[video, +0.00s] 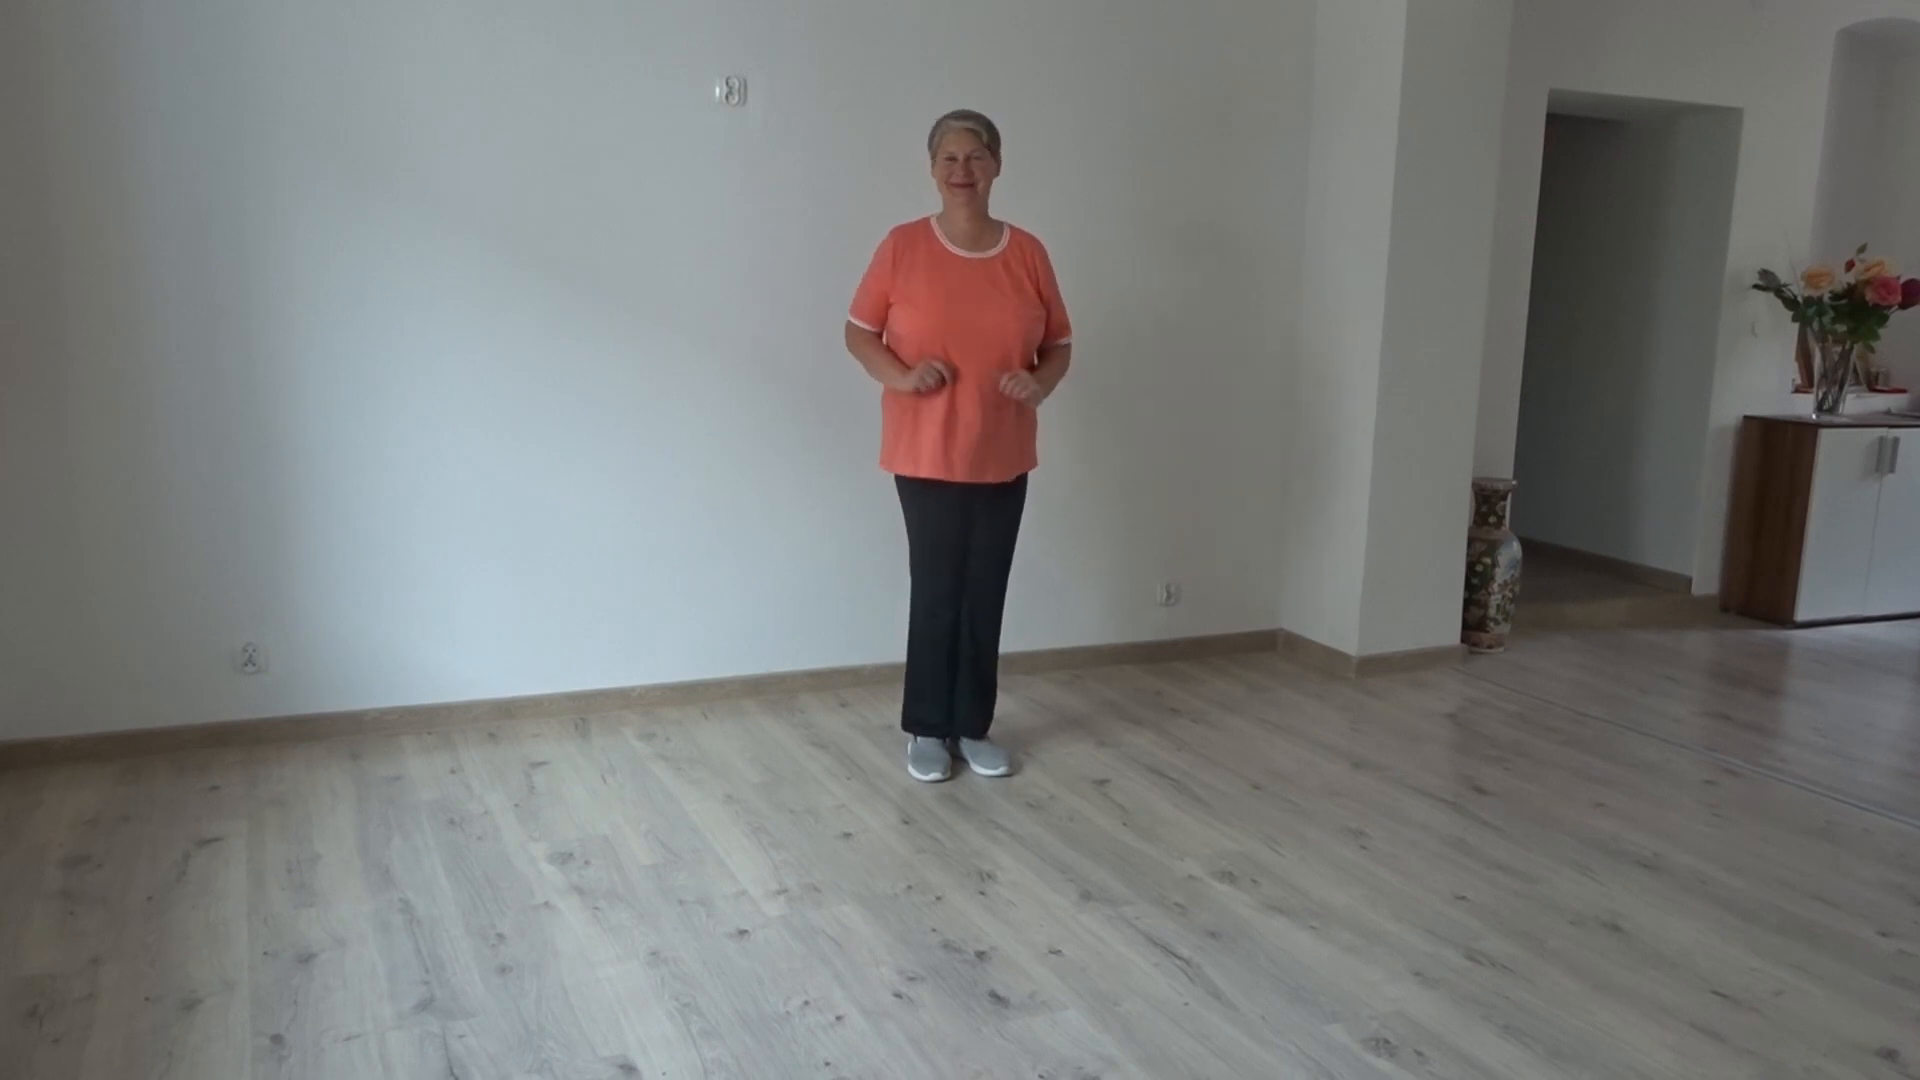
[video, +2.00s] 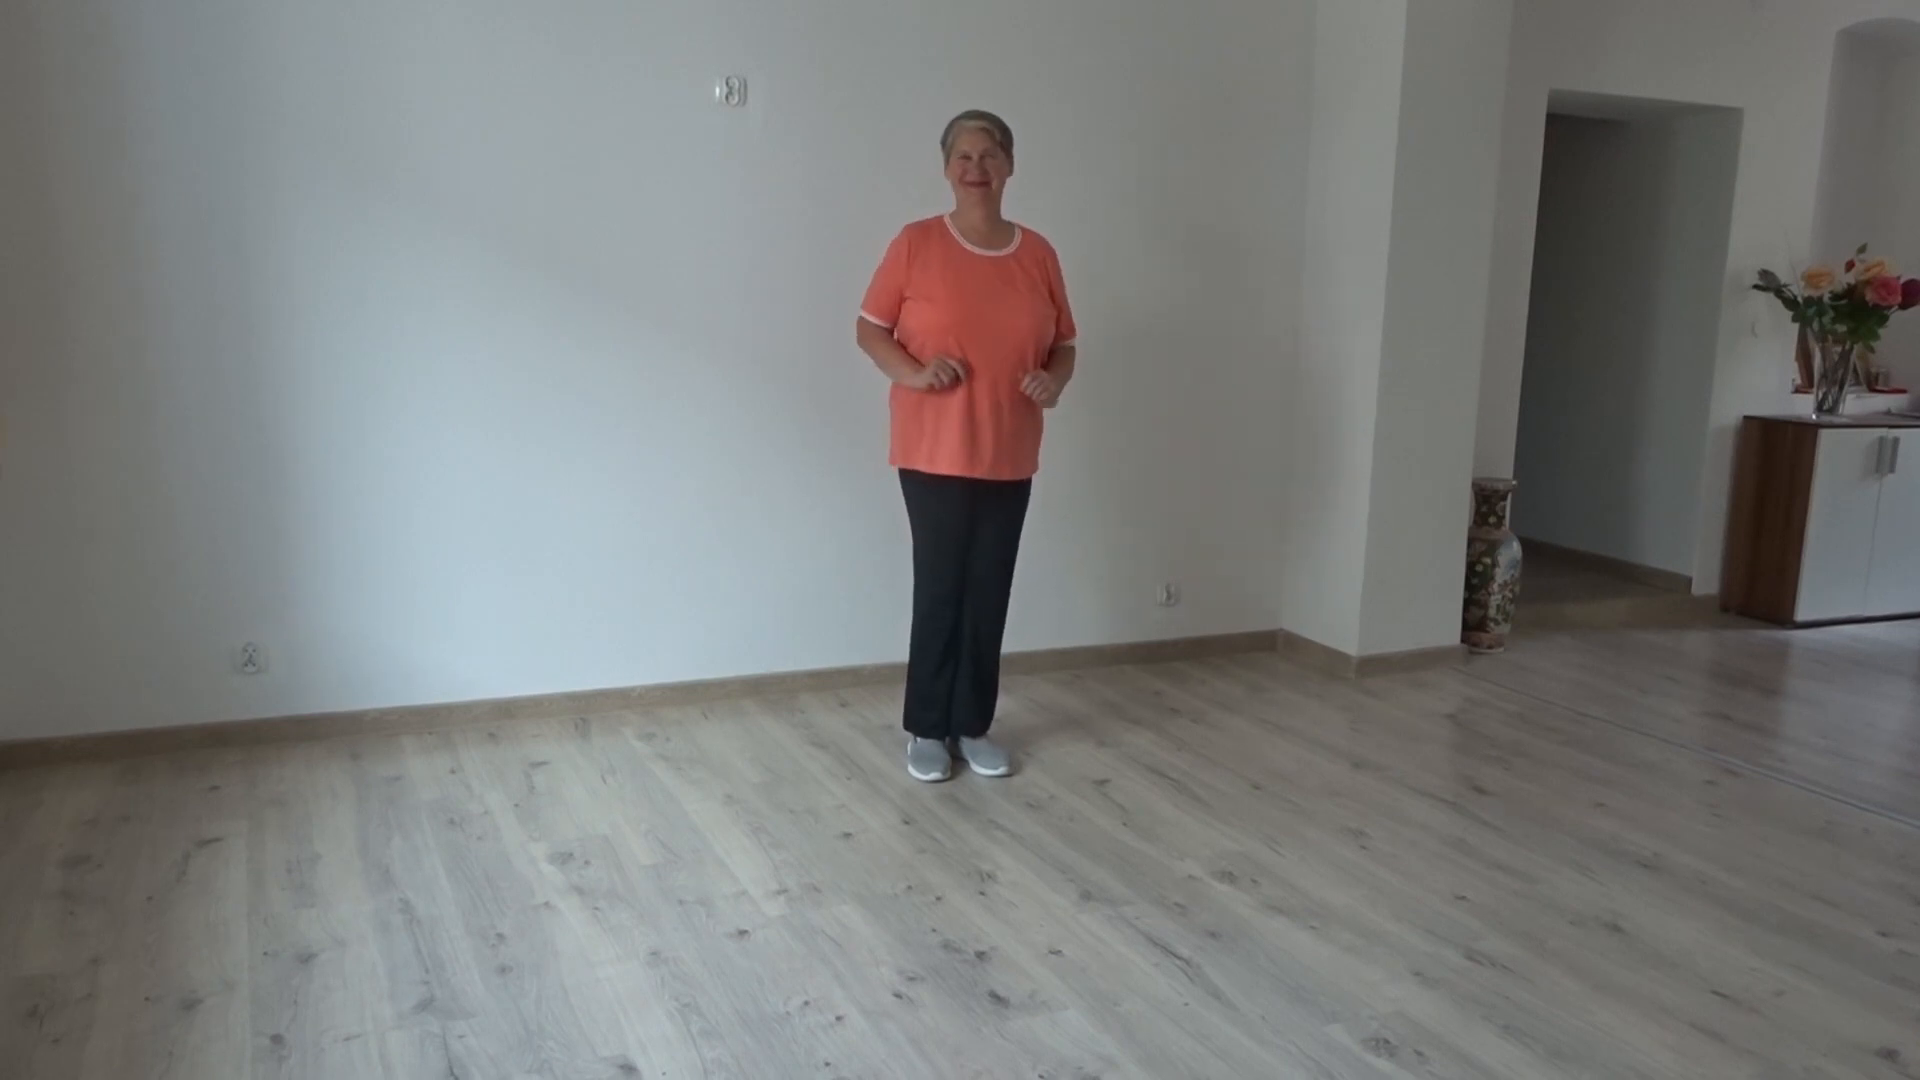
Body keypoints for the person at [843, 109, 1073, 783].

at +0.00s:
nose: (963, 167)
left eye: (976, 156)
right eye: (950, 157)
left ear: (996, 167)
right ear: (933, 169)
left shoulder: (1026, 252)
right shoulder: (903, 246)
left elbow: (1058, 342)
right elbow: (859, 332)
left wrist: (1039, 381)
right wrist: (901, 375)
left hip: (1002, 461)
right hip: (928, 460)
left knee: (984, 600)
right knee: (937, 598)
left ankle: (972, 731)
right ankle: (926, 732)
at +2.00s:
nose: (978, 164)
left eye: (991, 153)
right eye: (965, 154)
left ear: (1010, 167)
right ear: (946, 168)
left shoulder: (1037, 253)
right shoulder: (914, 245)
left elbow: (1064, 341)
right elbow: (870, 330)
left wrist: (1054, 375)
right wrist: (913, 372)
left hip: (1008, 459)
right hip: (935, 456)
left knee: (988, 598)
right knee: (941, 595)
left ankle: (971, 730)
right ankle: (926, 731)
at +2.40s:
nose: (990, 165)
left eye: (1002, 155)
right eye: (977, 155)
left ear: (1019, 168)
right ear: (955, 168)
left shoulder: (1041, 255)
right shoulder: (924, 244)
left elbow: (1061, 342)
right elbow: (876, 329)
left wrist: (1057, 381)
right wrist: (934, 375)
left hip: (1010, 459)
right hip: (939, 456)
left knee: (989, 598)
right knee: (941, 596)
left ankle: (971, 729)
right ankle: (927, 732)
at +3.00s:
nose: (1000, 183)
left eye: (1015, 174)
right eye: (989, 172)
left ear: (1038, 189)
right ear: (972, 183)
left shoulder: (1051, 278)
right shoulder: (933, 252)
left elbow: (1085, 361)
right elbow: (860, 316)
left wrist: (1097, 405)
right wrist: (861, 367)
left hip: (1006, 470)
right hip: (926, 460)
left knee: (992, 611)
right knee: (931, 602)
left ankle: (972, 732)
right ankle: (890, 755)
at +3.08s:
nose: (996, 178)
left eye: (1011, 169)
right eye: (986, 166)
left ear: (1034, 185)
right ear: (969, 177)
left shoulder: (1049, 274)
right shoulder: (927, 245)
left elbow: (1092, 357)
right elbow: (857, 299)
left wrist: (1101, 369)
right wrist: (848, 305)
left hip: (1002, 467)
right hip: (919, 457)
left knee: (985, 611)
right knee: (908, 614)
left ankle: (972, 735)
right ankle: (876, 777)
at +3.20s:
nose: (986, 178)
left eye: (1003, 170)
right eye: (976, 166)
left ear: (1025, 186)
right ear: (959, 177)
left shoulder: (1039, 278)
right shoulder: (914, 245)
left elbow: (1081, 373)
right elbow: (840, 320)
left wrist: (1095, 326)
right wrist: (840, 270)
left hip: (991, 472)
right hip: (905, 463)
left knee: (979, 617)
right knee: (900, 627)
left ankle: (970, 734)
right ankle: (872, 789)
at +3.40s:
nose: (967, 166)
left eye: (985, 159)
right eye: (958, 153)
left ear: (1007, 181)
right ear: (939, 165)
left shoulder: (1014, 273)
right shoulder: (888, 235)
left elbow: (1034, 370)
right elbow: (813, 314)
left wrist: (1047, 282)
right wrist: (836, 234)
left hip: (963, 467)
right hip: (874, 457)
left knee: (976, 620)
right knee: (882, 632)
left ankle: (969, 720)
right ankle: (873, 803)